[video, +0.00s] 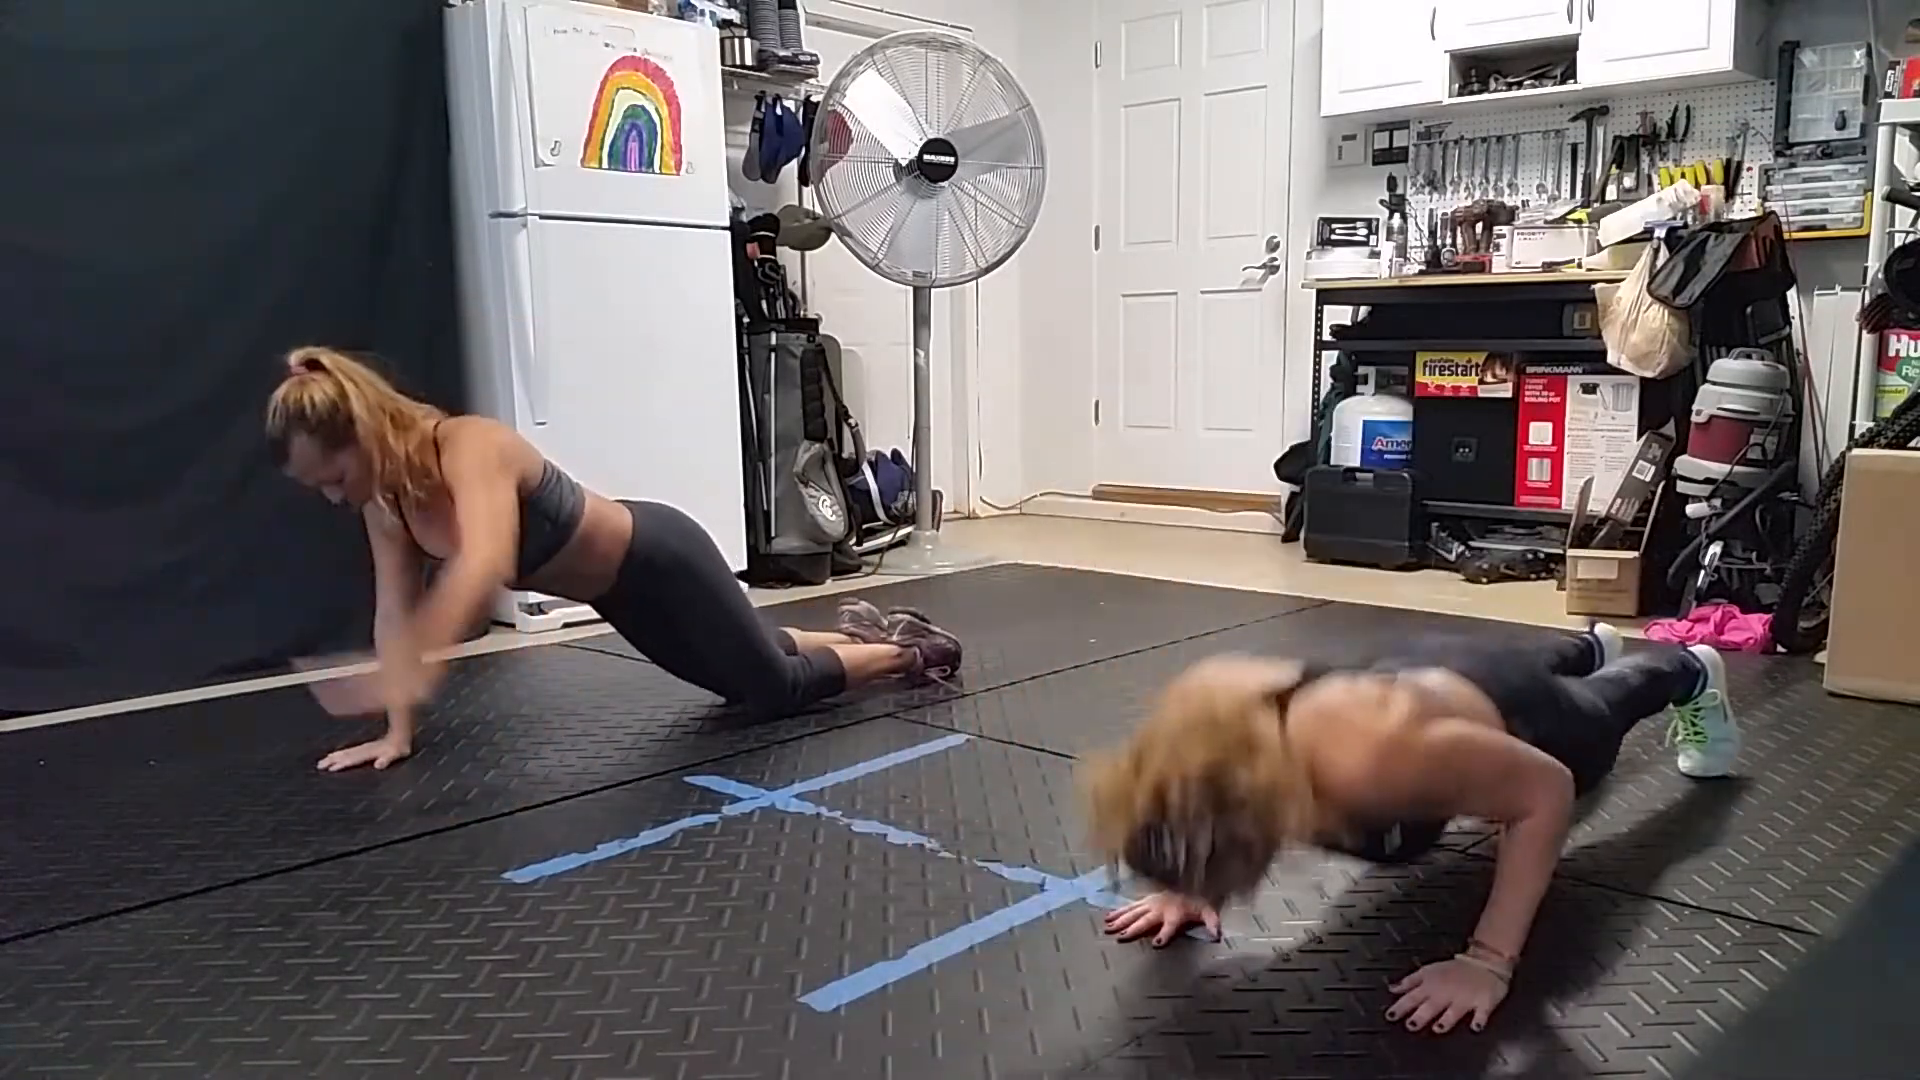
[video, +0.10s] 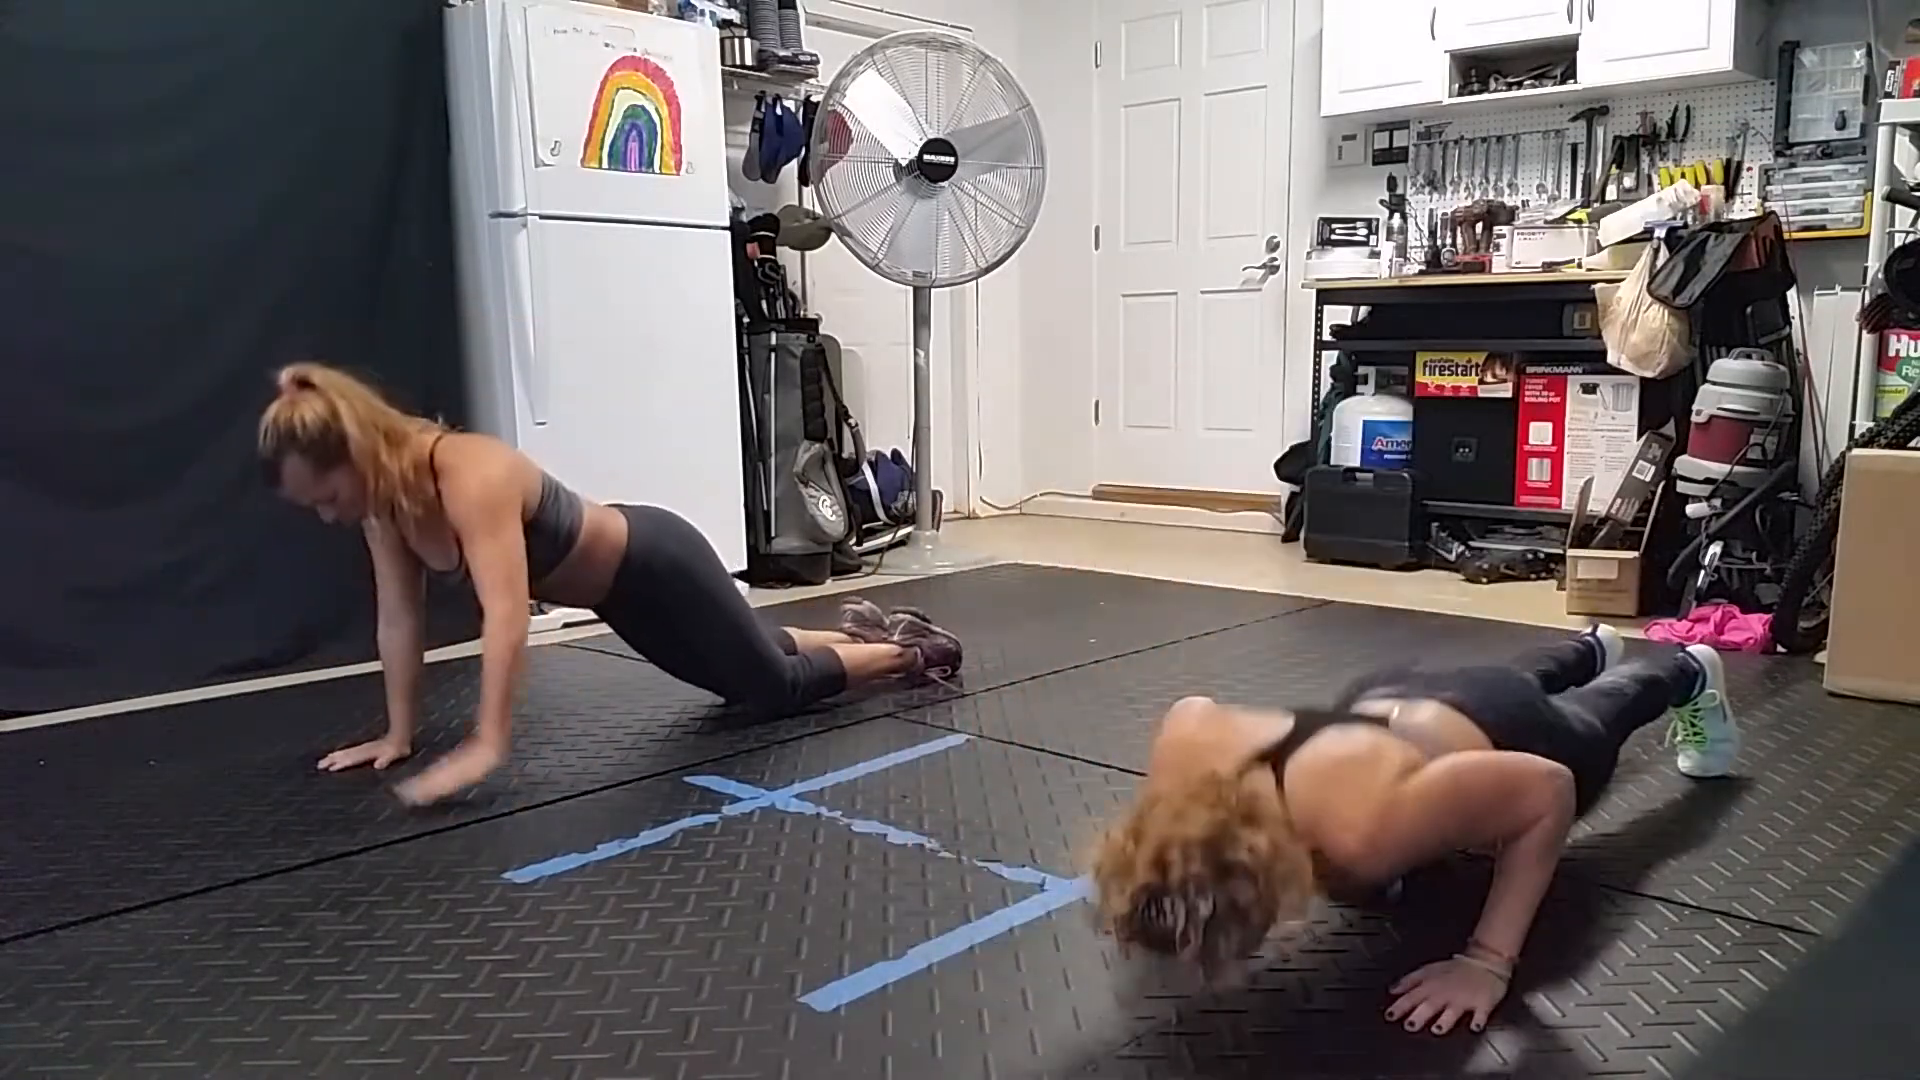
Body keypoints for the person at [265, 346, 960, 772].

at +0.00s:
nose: (334, 491)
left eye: (332, 471)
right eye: (317, 484)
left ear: (365, 425)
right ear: (318, 472)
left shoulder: (469, 449)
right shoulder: (386, 496)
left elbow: (483, 568)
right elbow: (396, 609)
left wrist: (412, 658)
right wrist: (398, 735)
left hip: (659, 560)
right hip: (619, 592)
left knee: (782, 678)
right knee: (743, 670)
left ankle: (898, 656)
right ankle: (849, 640)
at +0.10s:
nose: (326, 510)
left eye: (323, 493)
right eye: (311, 502)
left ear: (353, 448)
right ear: (324, 472)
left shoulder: (468, 473)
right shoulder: (385, 495)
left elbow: (508, 615)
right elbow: (399, 609)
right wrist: (398, 729)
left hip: (656, 566)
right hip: (621, 583)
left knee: (776, 683)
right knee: (743, 662)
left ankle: (901, 654)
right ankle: (859, 637)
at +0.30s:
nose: (316, 588)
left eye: (309, 572)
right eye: (301, 581)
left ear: (327, 535)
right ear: (317, 535)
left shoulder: (453, 519)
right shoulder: (379, 532)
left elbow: (522, 648)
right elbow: (405, 633)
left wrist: (506, 776)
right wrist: (400, 737)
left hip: (653, 589)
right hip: (620, 588)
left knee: (789, 678)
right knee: (752, 653)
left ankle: (912, 652)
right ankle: (858, 634)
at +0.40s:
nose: (309, 632)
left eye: (298, 617)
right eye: (290, 626)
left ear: (316, 572)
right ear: (307, 567)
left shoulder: (443, 542)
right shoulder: (376, 556)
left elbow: (536, 655)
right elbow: (404, 644)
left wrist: (505, 777)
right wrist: (397, 736)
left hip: (649, 605)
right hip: (619, 600)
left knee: (789, 675)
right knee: (753, 660)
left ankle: (914, 650)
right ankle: (869, 635)